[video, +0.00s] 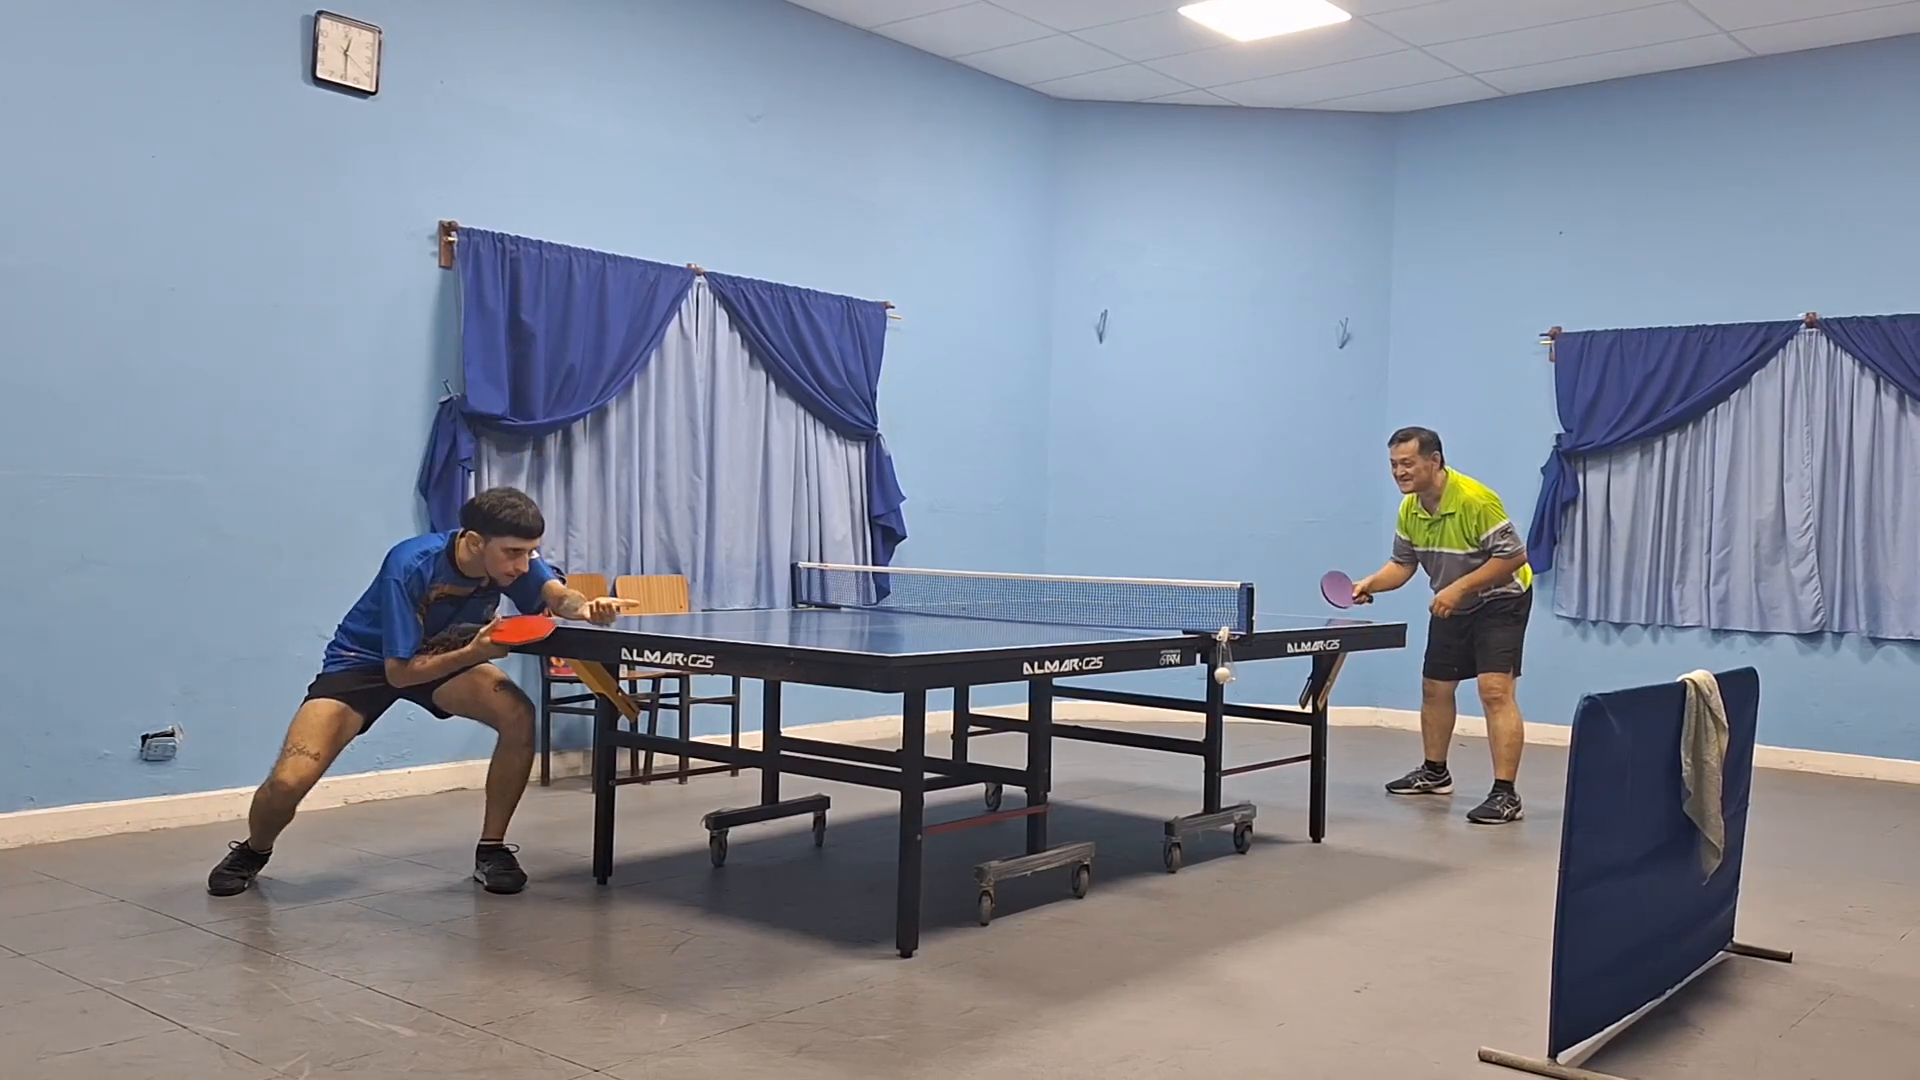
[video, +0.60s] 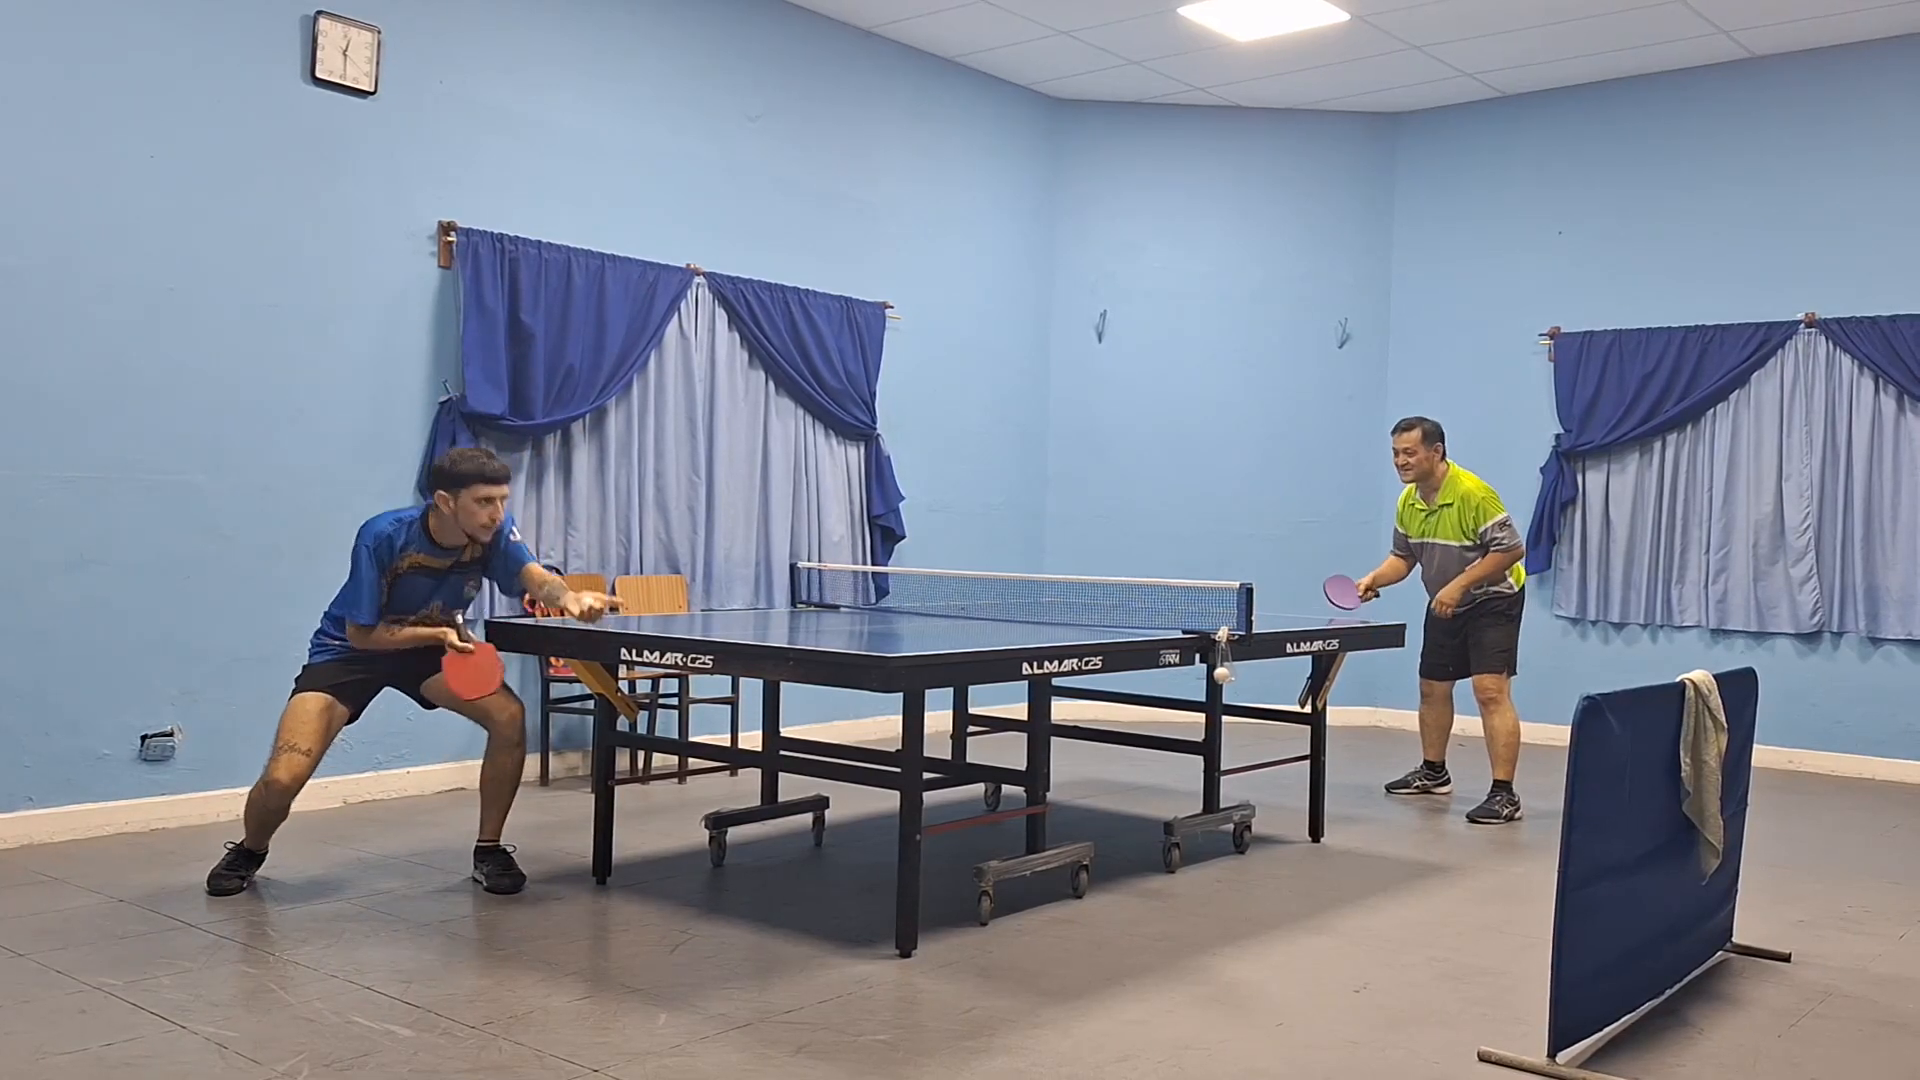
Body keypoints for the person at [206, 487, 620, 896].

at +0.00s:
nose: (523, 564)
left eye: (527, 554)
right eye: (513, 554)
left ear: (528, 548)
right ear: (472, 545)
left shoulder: (513, 564)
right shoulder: (409, 567)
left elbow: (556, 598)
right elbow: (402, 673)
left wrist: (588, 609)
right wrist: (479, 650)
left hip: (438, 663)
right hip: (363, 663)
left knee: (519, 715)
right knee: (289, 780)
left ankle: (493, 850)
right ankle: (254, 850)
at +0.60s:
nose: (499, 515)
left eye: (502, 503)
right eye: (487, 503)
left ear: (503, 502)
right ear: (445, 501)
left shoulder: (493, 536)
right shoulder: (382, 538)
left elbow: (534, 578)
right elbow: (361, 634)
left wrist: (567, 595)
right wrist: (436, 633)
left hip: (428, 651)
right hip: (350, 652)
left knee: (509, 716)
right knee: (282, 777)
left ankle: (490, 851)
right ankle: (248, 852)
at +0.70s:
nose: (478, 477)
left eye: (482, 465)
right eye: (465, 467)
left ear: (487, 466)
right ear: (425, 471)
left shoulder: (479, 507)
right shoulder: (369, 515)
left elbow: (515, 540)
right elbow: (358, 611)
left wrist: (560, 542)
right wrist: (428, 604)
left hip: (423, 640)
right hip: (345, 640)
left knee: (504, 713)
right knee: (282, 767)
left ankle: (488, 850)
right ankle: (247, 851)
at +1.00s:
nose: (396, 385)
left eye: (398, 375)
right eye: (379, 378)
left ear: (405, 385)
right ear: (345, 398)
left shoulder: (431, 433)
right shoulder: (314, 455)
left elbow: (509, 428)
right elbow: (278, 556)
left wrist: (548, 380)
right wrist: (298, 516)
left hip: (408, 604)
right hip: (324, 609)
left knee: (474, 708)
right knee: (268, 747)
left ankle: (487, 849)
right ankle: (243, 849)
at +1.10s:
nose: (370, 373)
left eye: (372, 363)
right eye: (352, 367)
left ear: (381, 375)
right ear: (320, 389)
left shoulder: (413, 429)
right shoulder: (289, 448)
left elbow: (505, 437)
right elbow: (227, 522)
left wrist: (555, 401)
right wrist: (213, 498)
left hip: (394, 600)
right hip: (308, 605)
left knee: (454, 703)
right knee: (260, 738)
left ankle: (485, 849)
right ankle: (241, 851)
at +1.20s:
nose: (357, 367)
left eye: (358, 357)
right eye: (339, 360)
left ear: (366, 370)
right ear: (304, 385)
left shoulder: (400, 431)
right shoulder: (276, 441)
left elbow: (496, 453)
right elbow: (196, 478)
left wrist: (558, 427)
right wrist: (159, 456)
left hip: (375, 598)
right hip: (288, 602)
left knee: (443, 703)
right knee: (246, 739)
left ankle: (480, 845)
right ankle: (243, 850)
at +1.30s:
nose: (361, 371)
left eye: (362, 361)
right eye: (344, 366)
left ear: (367, 374)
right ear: (309, 388)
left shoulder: (395, 437)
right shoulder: (273, 438)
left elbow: (473, 475)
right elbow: (180, 465)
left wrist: (552, 463)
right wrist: (115, 419)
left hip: (358, 596)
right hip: (274, 599)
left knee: (445, 691)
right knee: (239, 737)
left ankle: (449, 828)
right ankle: (241, 851)